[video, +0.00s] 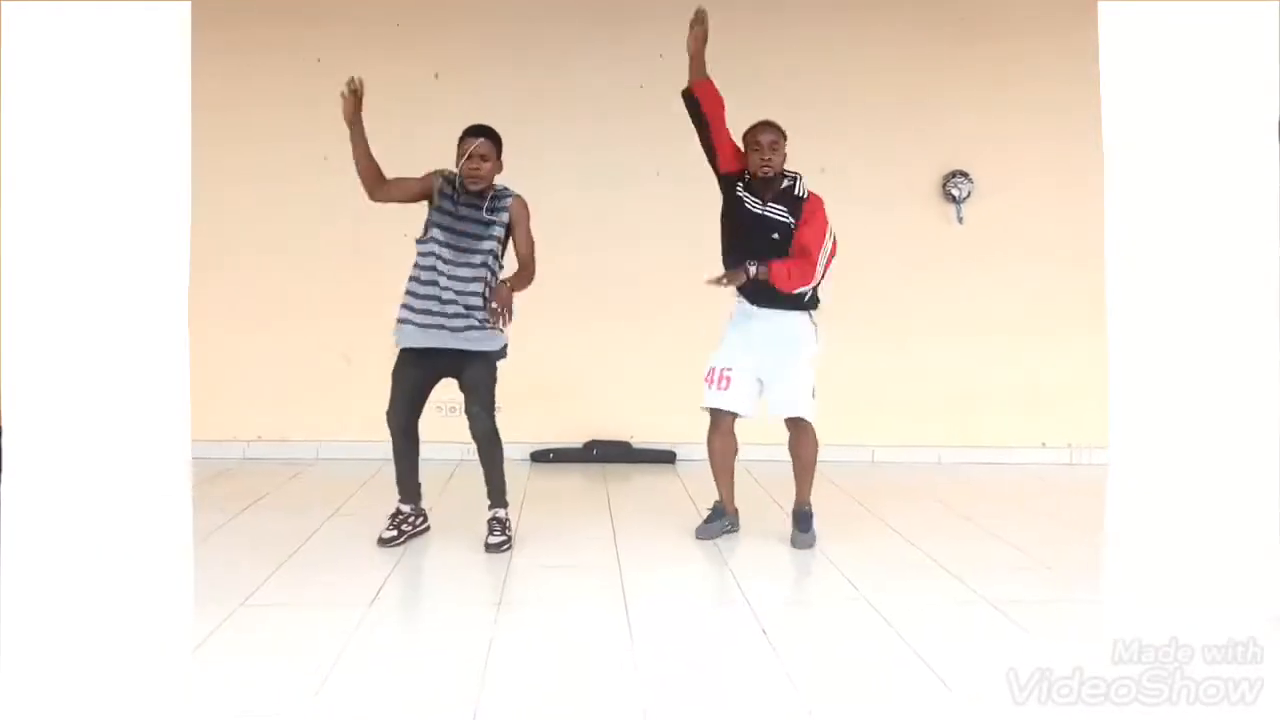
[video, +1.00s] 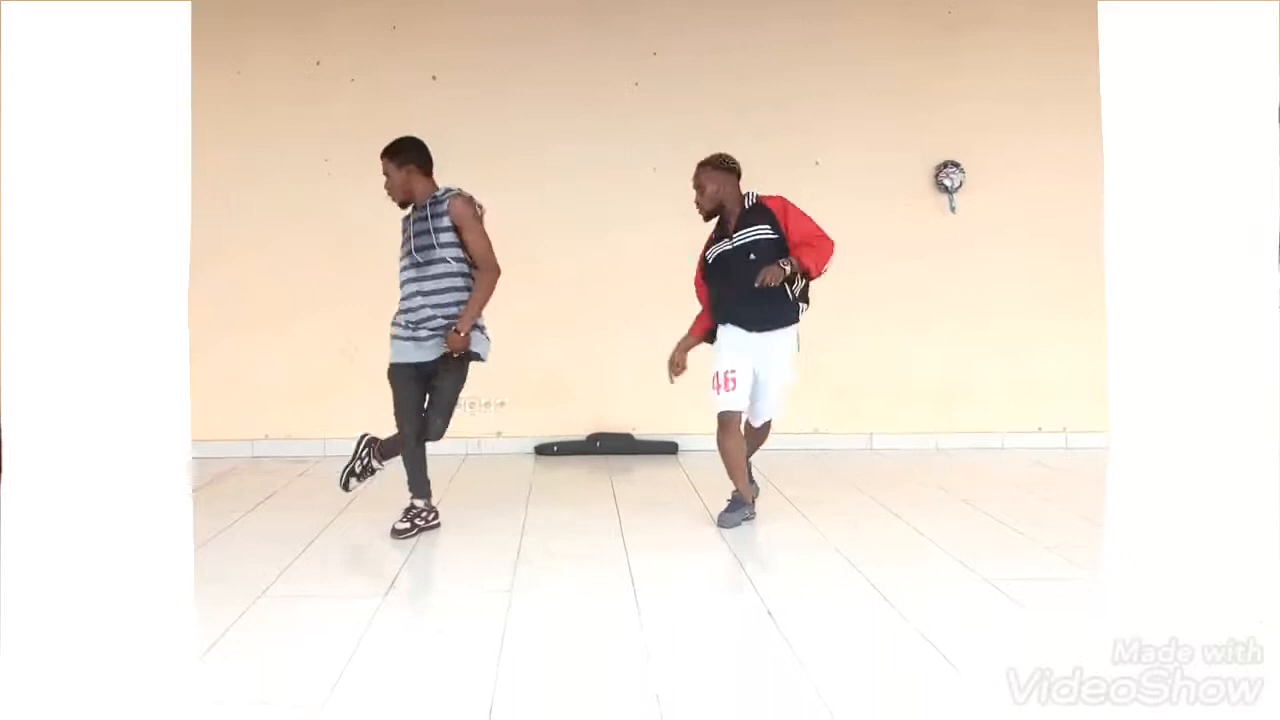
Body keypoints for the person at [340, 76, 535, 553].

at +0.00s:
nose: (474, 163)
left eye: (483, 157)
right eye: (467, 156)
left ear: (498, 164)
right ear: (458, 160)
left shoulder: (511, 206)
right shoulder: (438, 186)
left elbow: (526, 270)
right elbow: (377, 188)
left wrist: (507, 286)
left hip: (476, 336)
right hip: (423, 332)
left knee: (481, 422)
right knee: (399, 419)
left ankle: (497, 512)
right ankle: (410, 509)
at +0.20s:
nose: (436, 157)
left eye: (445, 150)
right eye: (428, 150)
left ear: (461, 156)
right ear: (418, 154)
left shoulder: (478, 201)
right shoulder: (402, 199)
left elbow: (486, 265)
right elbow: (446, 254)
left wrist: (469, 322)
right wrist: (512, 294)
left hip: (458, 335)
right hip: (405, 335)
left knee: (469, 419)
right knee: (388, 417)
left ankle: (481, 509)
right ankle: (395, 508)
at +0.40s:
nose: (412, 168)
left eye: (422, 162)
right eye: (405, 159)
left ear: (436, 166)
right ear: (393, 160)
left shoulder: (452, 206)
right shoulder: (376, 190)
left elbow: (469, 270)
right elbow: (412, 219)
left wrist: (465, 323)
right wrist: (476, 200)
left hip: (457, 335)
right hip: (405, 340)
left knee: (473, 417)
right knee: (383, 422)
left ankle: (484, 509)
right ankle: (393, 511)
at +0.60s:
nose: (426, 175)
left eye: (435, 168)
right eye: (418, 166)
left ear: (445, 169)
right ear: (403, 164)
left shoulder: (458, 214)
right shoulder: (383, 196)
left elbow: (495, 267)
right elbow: (323, 202)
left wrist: (481, 319)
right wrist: (348, 215)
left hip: (455, 338)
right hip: (404, 343)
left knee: (472, 419)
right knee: (390, 423)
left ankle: (495, 508)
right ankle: (404, 511)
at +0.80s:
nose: (391, 168)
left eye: (397, 160)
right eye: (391, 161)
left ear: (426, 161)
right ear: (417, 162)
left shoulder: (470, 209)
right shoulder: (400, 200)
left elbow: (492, 271)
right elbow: (359, 195)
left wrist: (466, 317)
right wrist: (374, 130)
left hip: (453, 330)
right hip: (410, 332)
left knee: (452, 418)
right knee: (404, 417)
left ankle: (532, 470)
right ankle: (421, 507)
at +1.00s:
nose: (385, 186)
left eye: (388, 176)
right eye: (384, 178)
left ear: (413, 171)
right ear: (409, 173)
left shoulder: (457, 205)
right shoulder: (410, 221)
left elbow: (489, 270)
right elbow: (426, 272)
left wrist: (463, 326)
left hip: (451, 341)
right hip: (407, 341)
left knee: (433, 429)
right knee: (409, 426)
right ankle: (422, 504)